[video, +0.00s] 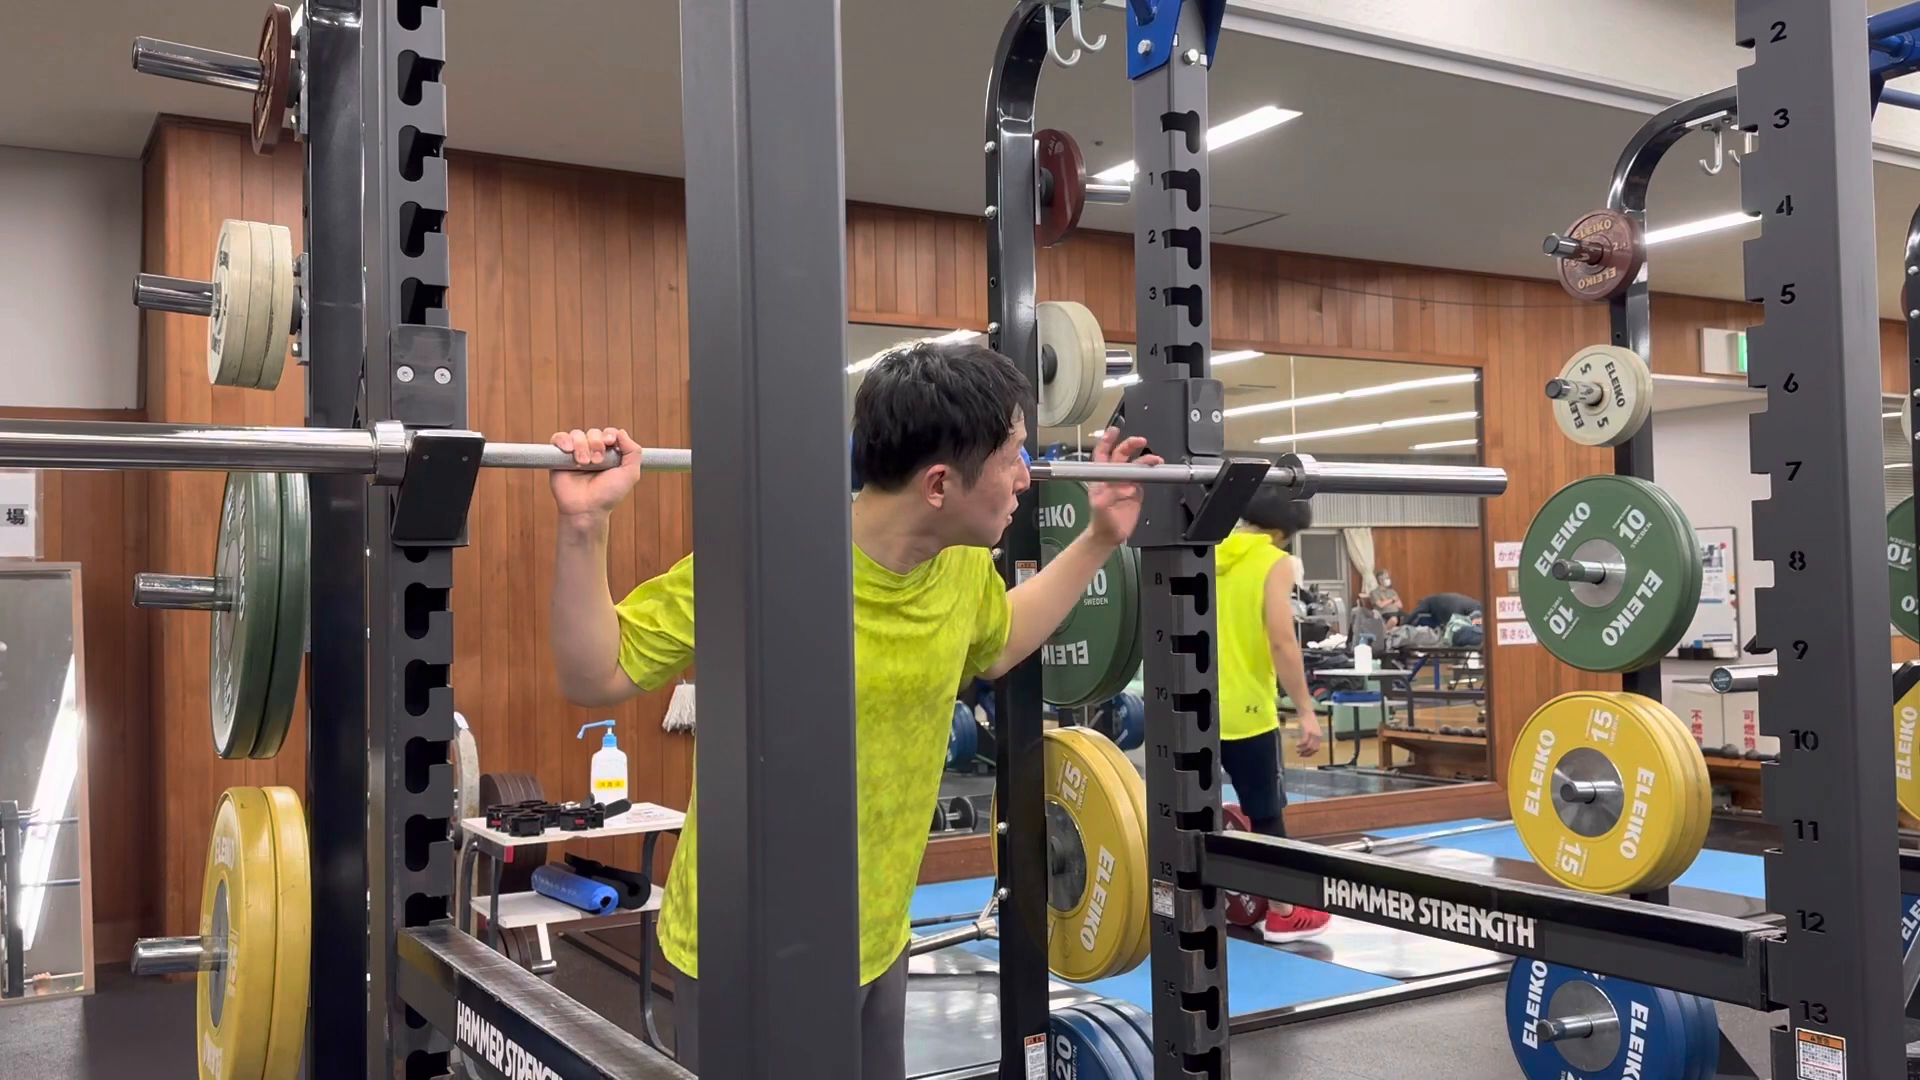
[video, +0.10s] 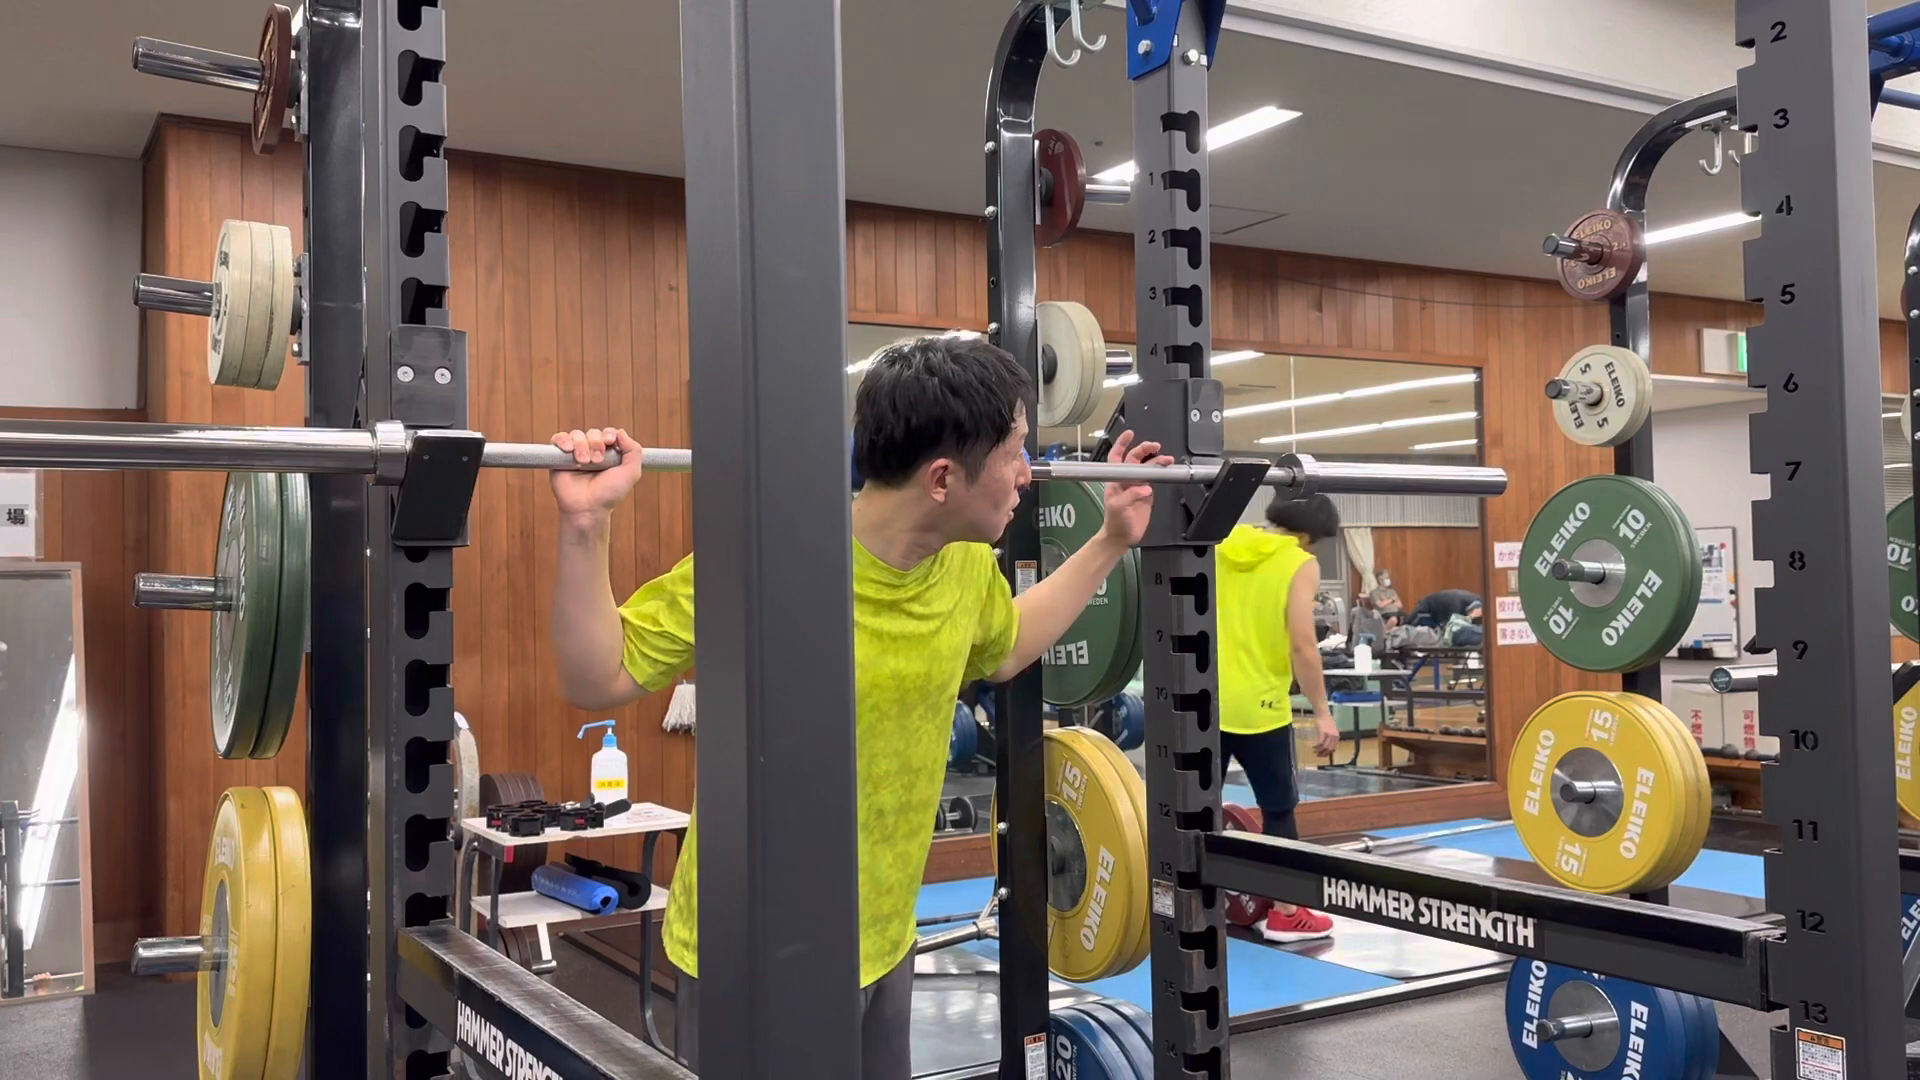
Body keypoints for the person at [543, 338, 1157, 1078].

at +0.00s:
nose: (1026, 476)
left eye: (1022, 453)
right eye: (1011, 457)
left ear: (941, 486)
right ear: (938, 484)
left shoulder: (965, 569)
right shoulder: (770, 561)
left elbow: (994, 648)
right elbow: (595, 675)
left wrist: (1102, 538)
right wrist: (581, 527)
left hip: (875, 952)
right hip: (742, 959)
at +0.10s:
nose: (1026, 474)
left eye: (1024, 452)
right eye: (1012, 454)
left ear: (948, 478)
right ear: (943, 476)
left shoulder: (969, 570)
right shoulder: (770, 559)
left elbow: (1004, 649)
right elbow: (599, 680)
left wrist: (1112, 539)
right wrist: (583, 526)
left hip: (880, 956)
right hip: (747, 964)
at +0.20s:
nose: (1029, 469)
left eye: (1025, 446)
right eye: (1015, 448)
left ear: (952, 472)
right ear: (944, 469)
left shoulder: (972, 563)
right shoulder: (773, 558)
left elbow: (1017, 646)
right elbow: (603, 682)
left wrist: (1127, 538)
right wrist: (583, 524)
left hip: (885, 957)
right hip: (752, 965)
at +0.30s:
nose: (1030, 465)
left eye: (1026, 443)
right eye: (1016, 444)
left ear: (953, 465)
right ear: (944, 461)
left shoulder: (979, 562)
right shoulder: (778, 557)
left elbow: (1025, 645)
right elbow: (609, 682)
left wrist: (1137, 536)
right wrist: (583, 525)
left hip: (891, 958)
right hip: (757, 965)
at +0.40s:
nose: (1032, 464)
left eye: (1028, 439)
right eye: (1016, 440)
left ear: (946, 459)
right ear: (938, 457)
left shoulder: (984, 560)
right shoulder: (781, 556)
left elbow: (1033, 645)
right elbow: (613, 681)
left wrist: (1144, 535)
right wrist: (584, 525)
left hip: (894, 961)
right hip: (762, 969)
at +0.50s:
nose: (1020, 461)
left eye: (1019, 434)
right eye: (991, 434)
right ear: (896, 447)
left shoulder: (994, 560)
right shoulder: (785, 559)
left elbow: (1048, 645)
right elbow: (619, 684)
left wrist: (1157, 533)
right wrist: (586, 526)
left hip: (903, 962)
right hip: (770, 970)